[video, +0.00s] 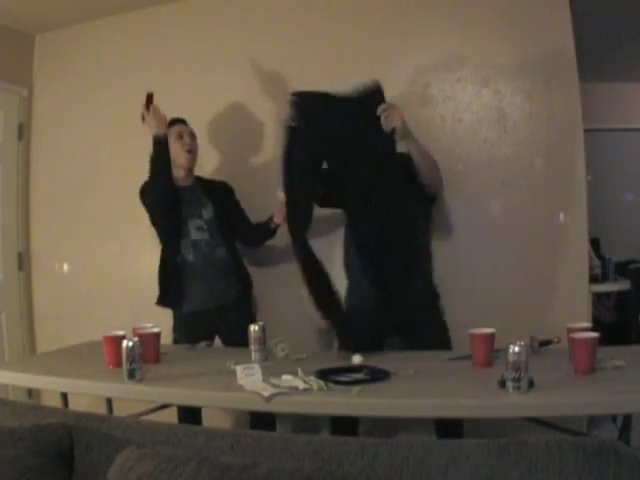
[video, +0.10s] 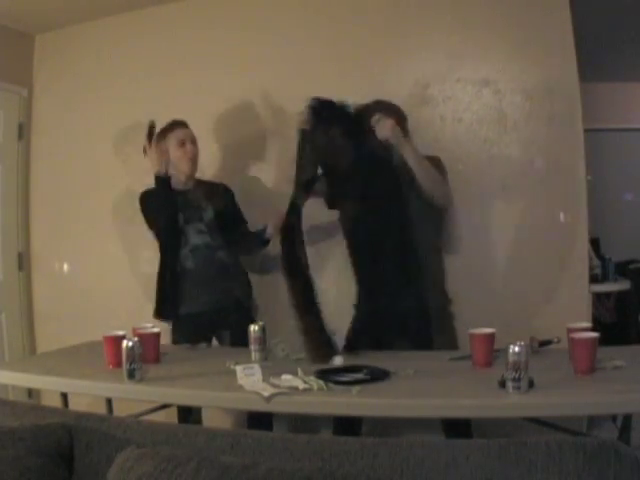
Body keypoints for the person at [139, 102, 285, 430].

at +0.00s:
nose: (189, 143)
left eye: (192, 137)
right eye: (180, 138)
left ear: (198, 146)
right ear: (165, 150)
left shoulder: (219, 190)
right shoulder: (156, 193)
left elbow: (248, 236)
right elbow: (161, 191)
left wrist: (274, 222)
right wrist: (158, 139)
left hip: (233, 300)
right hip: (190, 304)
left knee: (255, 380)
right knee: (188, 385)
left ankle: (264, 452)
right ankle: (190, 455)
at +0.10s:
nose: (191, 149)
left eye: (193, 142)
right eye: (181, 143)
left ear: (198, 149)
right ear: (164, 153)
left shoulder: (219, 192)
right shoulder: (155, 198)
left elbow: (241, 243)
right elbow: (165, 230)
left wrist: (266, 234)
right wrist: (159, 174)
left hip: (232, 302)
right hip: (187, 306)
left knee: (250, 382)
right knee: (188, 387)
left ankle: (261, 455)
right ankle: (190, 455)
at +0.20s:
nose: (194, 151)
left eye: (196, 144)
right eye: (184, 146)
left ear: (200, 146)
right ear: (164, 151)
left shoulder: (211, 188)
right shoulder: (152, 195)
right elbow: (161, 229)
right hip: (182, 294)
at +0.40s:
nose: (149, 155)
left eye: (146, 148)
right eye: (140, 151)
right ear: (119, 164)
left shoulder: (164, 190)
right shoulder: (113, 211)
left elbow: (194, 229)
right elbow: (147, 253)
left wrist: (237, 214)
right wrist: (186, 214)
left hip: (204, 294)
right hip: (168, 309)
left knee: (255, 340)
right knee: (172, 379)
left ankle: (270, 424)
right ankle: (167, 448)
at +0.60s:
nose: (140, 152)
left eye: (137, 146)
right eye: (130, 149)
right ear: (113, 164)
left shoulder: (162, 195)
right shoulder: (113, 212)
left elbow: (195, 238)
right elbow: (142, 262)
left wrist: (241, 224)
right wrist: (179, 231)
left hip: (206, 301)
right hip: (166, 313)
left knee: (243, 362)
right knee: (171, 388)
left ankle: (222, 439)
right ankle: (166, 453)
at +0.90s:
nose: (170, 152)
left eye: (168, 146)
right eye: (161, 149)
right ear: (139, 160)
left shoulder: (186, 193)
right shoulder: (132, 207)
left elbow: (208, 241)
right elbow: (143, 264)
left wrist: (248, 241)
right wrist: (178, 242)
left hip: (202, 307)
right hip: (165, 314)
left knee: (208, 389)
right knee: (175, 394)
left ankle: (204, 455)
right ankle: (170, 458)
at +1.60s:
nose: (162, 159)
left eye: (163, 151)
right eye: (152, 156)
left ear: (170, 153)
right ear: (136, 168)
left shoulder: (202, 189)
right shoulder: (139, 215)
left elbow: (231, 231)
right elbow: (155, 264)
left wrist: (262, 235)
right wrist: (151, 229)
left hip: (225, 303)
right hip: (180, 313)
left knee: (244, 381)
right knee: (174, 388)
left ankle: (258, 451)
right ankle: (172, 454)